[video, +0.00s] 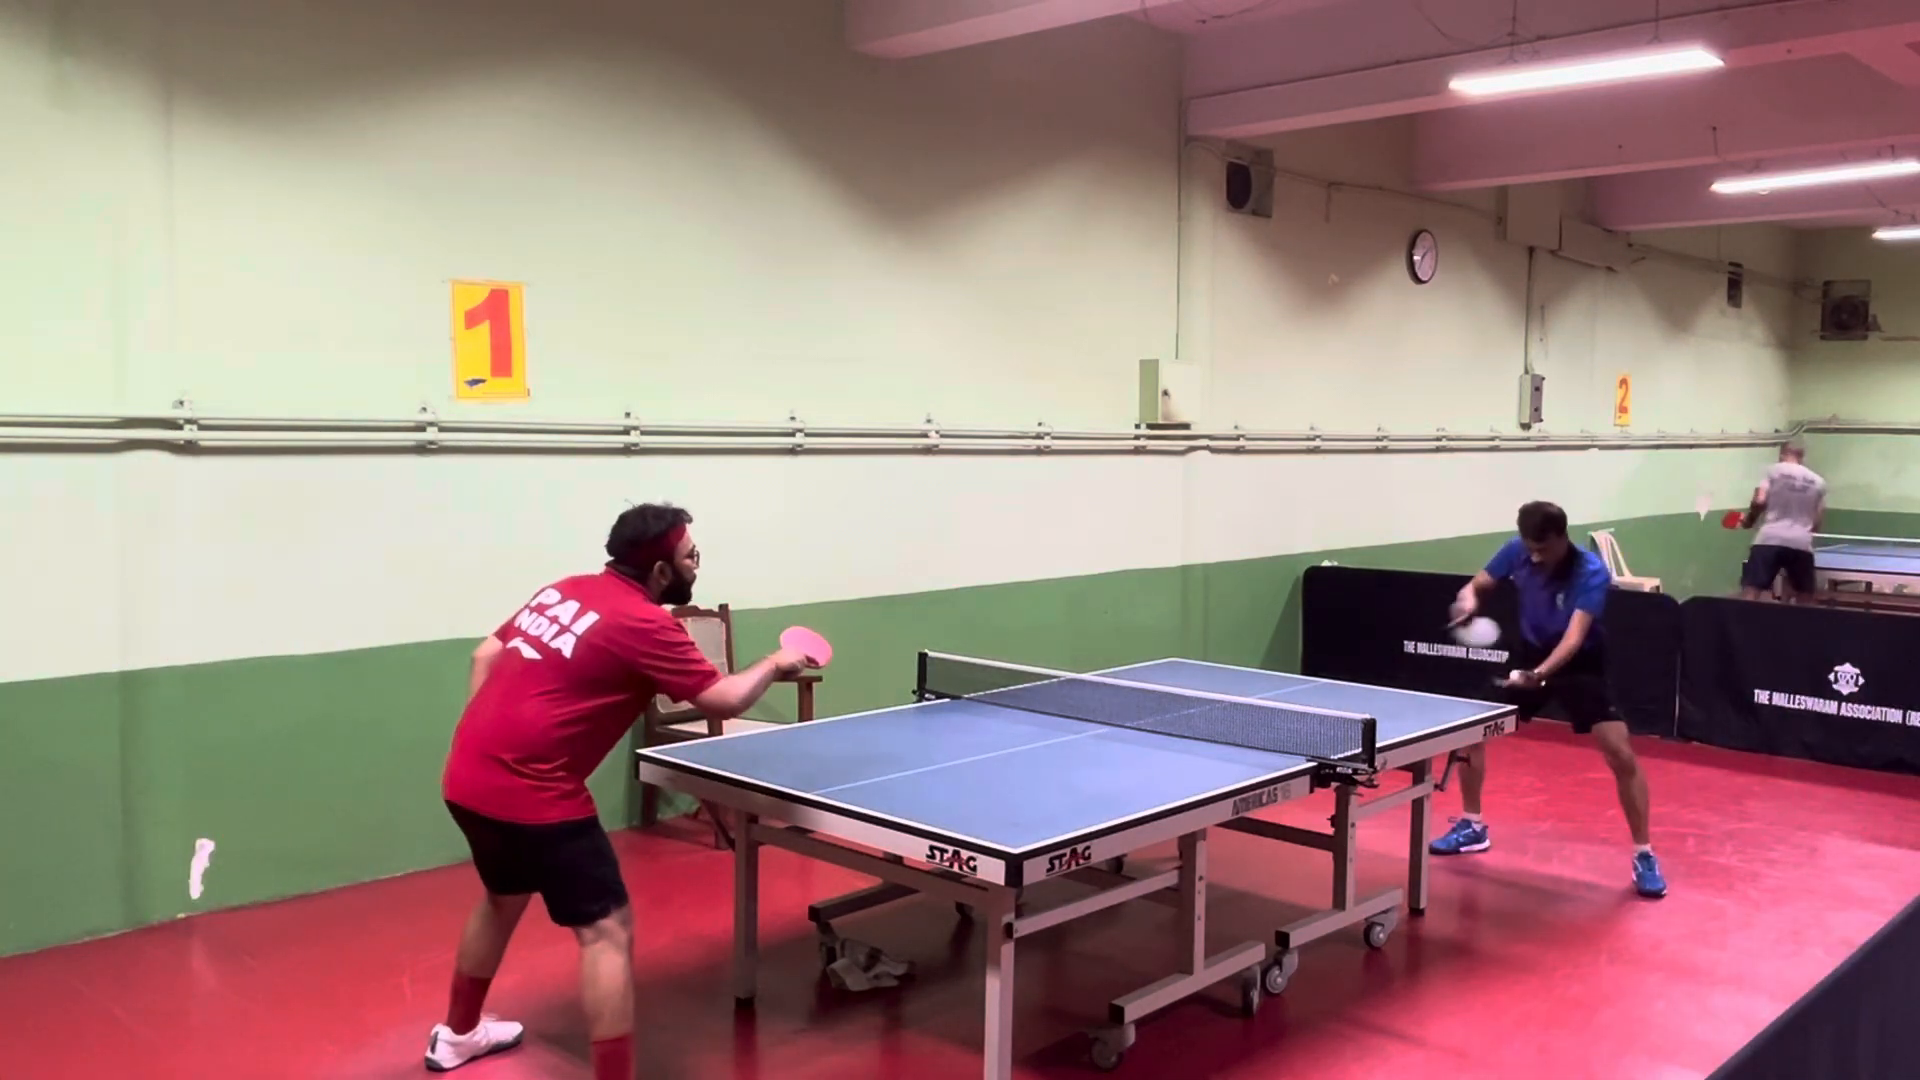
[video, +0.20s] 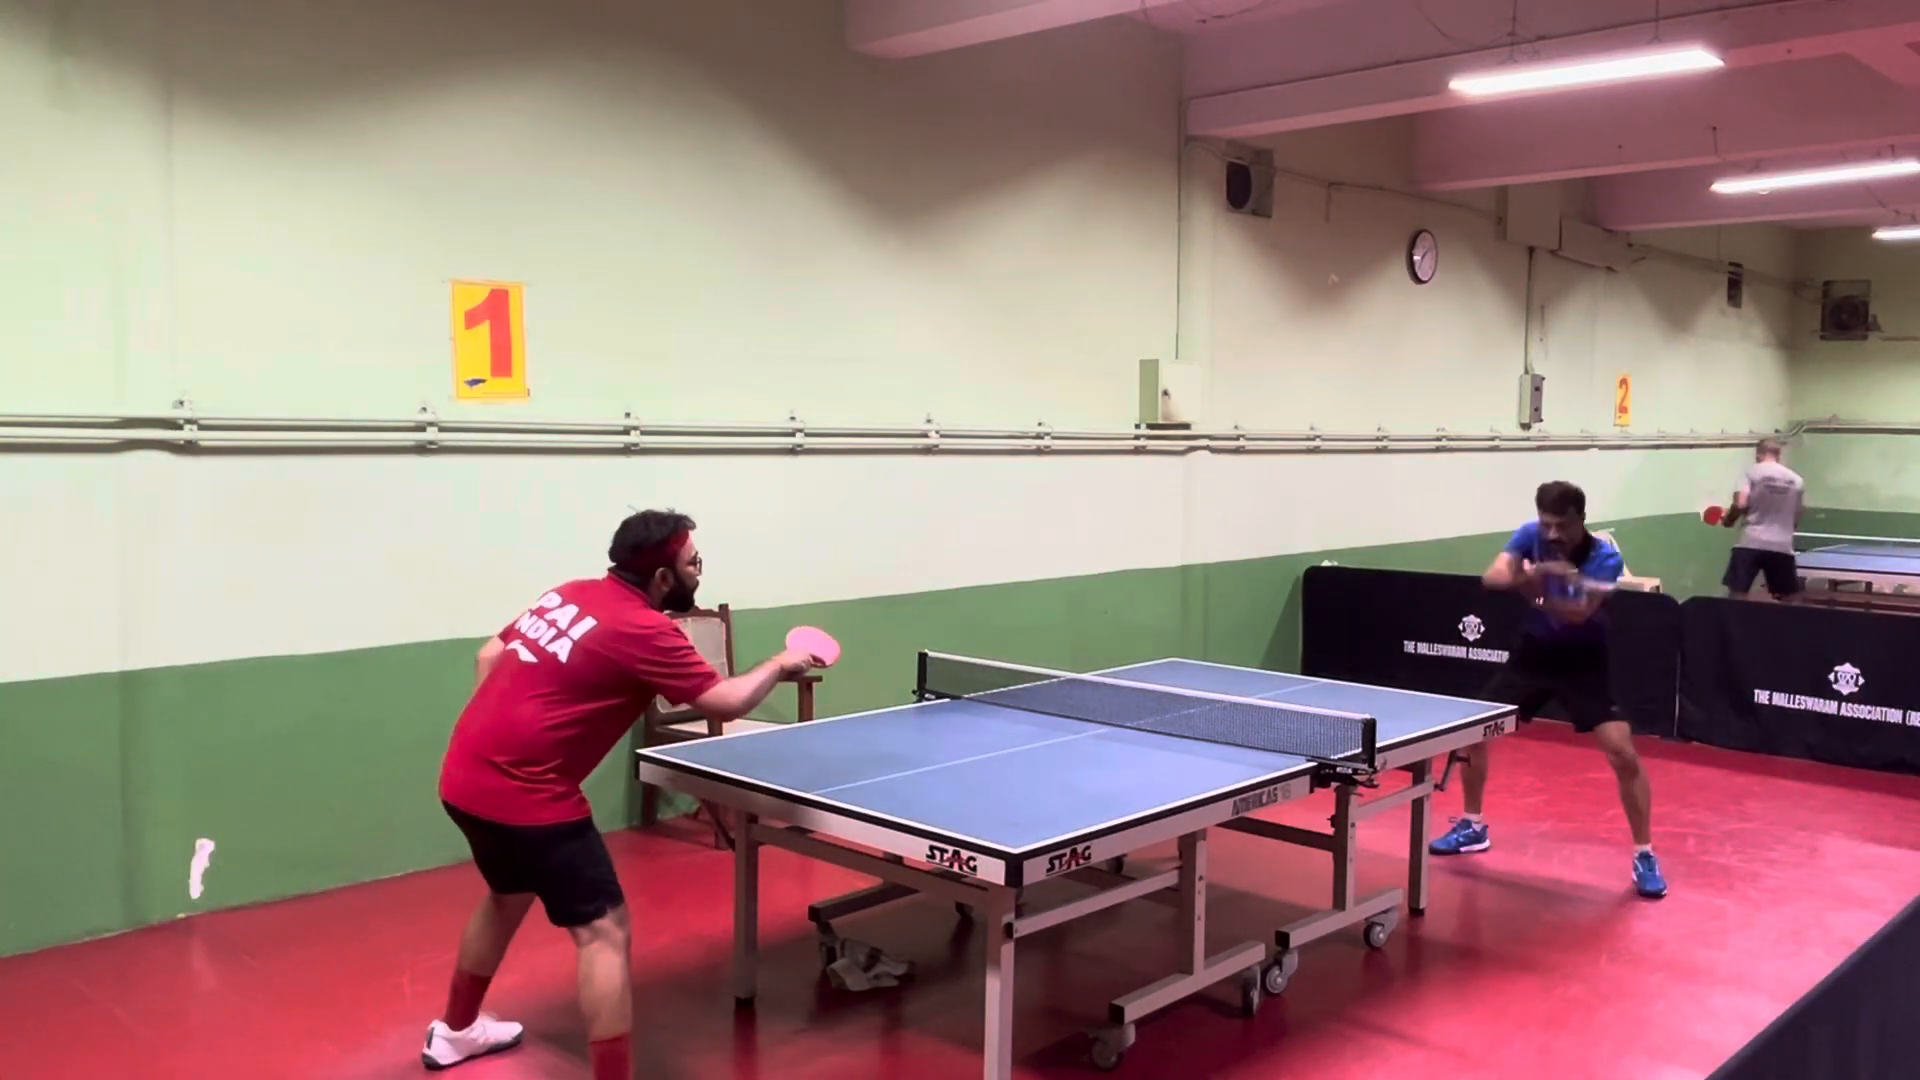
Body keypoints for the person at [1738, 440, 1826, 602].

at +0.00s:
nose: (1784, 459)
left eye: (1783, 456)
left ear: (1783, 455)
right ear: (1802, 457)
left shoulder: (1772, 471)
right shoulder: (1818, 482)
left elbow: (1760, 501)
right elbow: (1817, 521)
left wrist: (1749, 520)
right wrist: (1808, 530)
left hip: (1769, 540)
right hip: (1801, 545)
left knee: (1751, 593)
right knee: (1805, 600)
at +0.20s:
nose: (1756, 458)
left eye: (1757, 455)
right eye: (1757, 455)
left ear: (1759, 454)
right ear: (1778, 455)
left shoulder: (1753, 472)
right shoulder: (1797, 480)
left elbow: (1741, 504)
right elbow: (1797, 515)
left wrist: (1730, 517)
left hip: (1751, 545)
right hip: (1782, 548)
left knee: (1736, 598)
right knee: (1788, 601)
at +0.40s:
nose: (1743, 454)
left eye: (1743, 450)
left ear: (1744, 450)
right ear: (1764, 450)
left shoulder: (1737, 471)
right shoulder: (1783, 474)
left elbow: (1729, 505)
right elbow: (1787, 514)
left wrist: (1722, 516)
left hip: (1740, 545)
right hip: (1771, 547)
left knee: (1735, 599)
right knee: (1773, 599)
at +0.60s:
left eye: (1737, 449)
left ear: (1736, 449)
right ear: (1758, 450)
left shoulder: (1726, 472)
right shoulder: (1777, 473)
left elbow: (1720, 509)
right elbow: (1784, 514)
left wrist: (1712, 515)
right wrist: (1766, 510)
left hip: (1735, 546)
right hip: (1766, 546)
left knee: (1732, 602)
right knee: (1767, 601)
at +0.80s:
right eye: (1756, 449)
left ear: (1737, 450)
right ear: (1759, 451)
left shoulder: (1723, 472)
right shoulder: (1776, 473)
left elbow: (1714, 508)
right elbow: (1782, 515)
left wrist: (1727, 518)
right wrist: (1765, 519)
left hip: (1733, 545)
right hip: (1766, 545)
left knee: (1732, 600)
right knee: (1767, 600)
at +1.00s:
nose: (1769, 458)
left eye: (1769, 455)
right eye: (1769, 455)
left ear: (1745, 454)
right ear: (1766, 455)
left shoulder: (1727, 471)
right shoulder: (1778, 478)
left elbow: (1715, 505)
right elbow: (1789, 523)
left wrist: (1729, 519)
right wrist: (1783, 542)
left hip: (1733, 544)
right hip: (1765, 546)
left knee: (1732, 599)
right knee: (1766, 600)